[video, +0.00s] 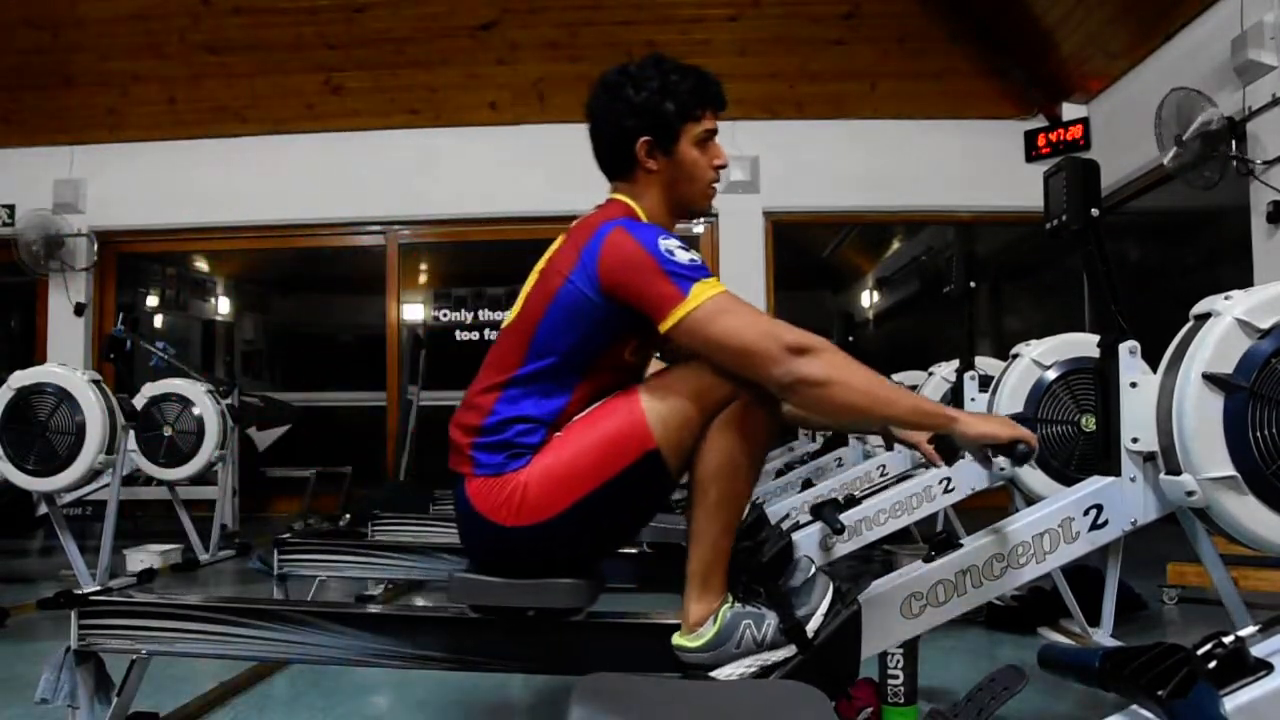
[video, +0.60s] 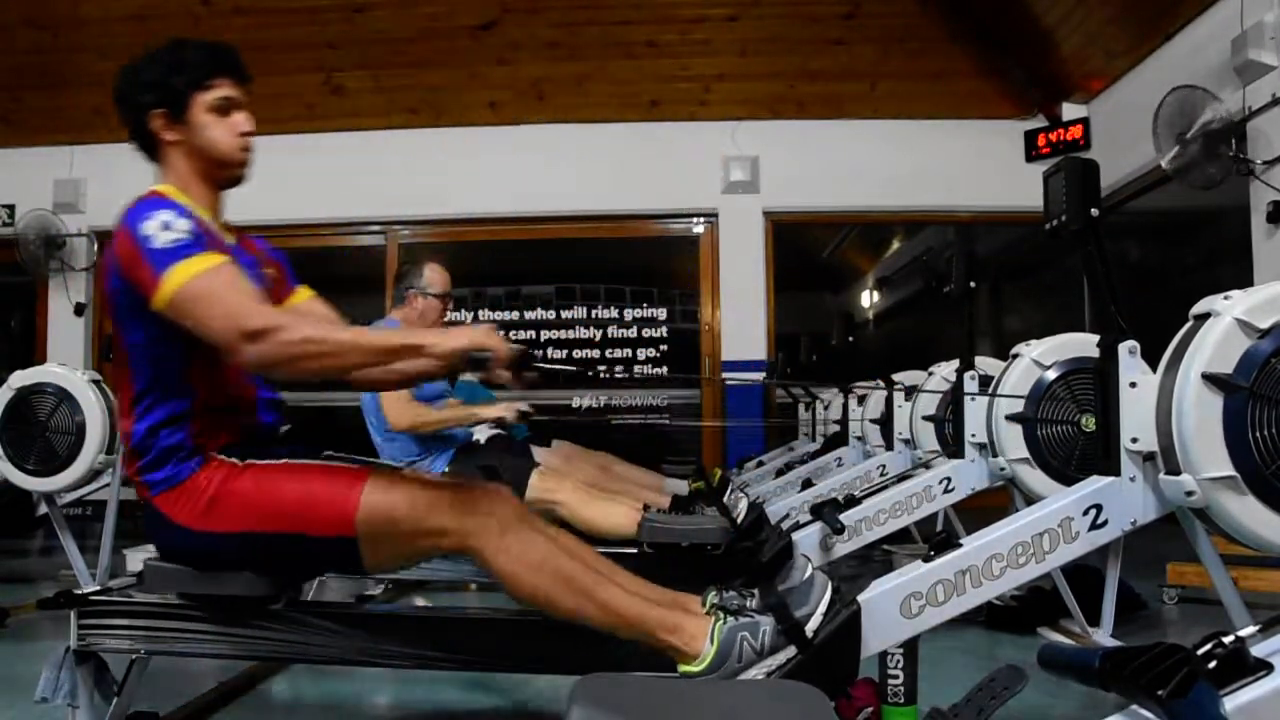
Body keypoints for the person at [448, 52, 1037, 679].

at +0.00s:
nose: (722, 158)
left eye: (718, 140)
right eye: (706, 142)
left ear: (653, 155)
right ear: (649, 154)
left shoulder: (644, 242)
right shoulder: (624, 245)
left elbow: (780, 356)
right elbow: (790, 362)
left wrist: (895, 419)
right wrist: (948, 419)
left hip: (536, 490)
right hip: (511, 505)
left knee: (749, 375)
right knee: (738, 378)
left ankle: (706, 595)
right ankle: (704, 622)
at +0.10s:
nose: (686, 151)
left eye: (682, 133)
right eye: (670, 134)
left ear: (618, 149)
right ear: (615, 148)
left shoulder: (607, 235)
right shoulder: (591, 240)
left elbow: (754, 344)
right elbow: (753, 367)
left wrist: (874, 408)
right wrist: (912, 411)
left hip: (507, 489)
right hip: (487, 503)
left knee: (715, 366)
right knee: (713, 379)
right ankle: (702, 625)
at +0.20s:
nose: (621, 139)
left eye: (617, 121)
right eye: (603, 121)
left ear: (552, 140)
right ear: (547, 135)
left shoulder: (534, 223)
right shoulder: (526, 227)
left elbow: (624, 364)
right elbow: (662, 366)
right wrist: (823, 404)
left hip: (457, 478)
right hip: (434, 493)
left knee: (632, 373)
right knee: (664, 380)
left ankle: (723, 527)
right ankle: (703, 633)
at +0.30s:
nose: (533, 125)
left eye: (528, 109)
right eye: (512, 109)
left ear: (461, 125)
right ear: (454, 123)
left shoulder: (446, 218)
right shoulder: (438, 220)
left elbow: (532, 355)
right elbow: (571, 356)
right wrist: (739, 386)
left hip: (389, 476)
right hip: (366, 491)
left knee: (601, 395)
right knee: (607, 410)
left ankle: (697, 617)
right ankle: (704, 638)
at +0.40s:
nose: (434, 118)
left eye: (429, 101)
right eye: (411, 101)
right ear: (354, 117)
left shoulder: (385, 226)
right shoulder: (344, 214)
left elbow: (492, 359)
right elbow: (476, 338)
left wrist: (638, 373)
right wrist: (644, 367)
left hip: (337, 469)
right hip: (293, 483)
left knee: (564, 421)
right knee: (552, 433)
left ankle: (695, 615)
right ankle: (703, 639)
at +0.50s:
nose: (338, 117)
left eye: (335, 100)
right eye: (315, 101)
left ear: (285, 117)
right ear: (254, 116)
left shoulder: (294, 225)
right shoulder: (244, 214)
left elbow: (389, 334)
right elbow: (370, 331)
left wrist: (536, 355)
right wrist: (543, 352)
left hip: (270, 466)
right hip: (230, 479)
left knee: (518, 469)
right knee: (499, 474)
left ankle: (706, 618)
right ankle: (702, 644)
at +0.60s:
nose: (246, 126)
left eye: (245, 110)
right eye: (223, 111)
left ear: (235, 123)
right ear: (163, 126)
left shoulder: (251, 255)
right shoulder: (153, 228)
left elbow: (346, 351)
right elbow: (263, 344)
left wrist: (452, 352)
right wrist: (440, 345)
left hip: (252, 468)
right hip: (198, 485)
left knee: (491, 500)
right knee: (471, 509)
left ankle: (698, 625)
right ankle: (698, 639)